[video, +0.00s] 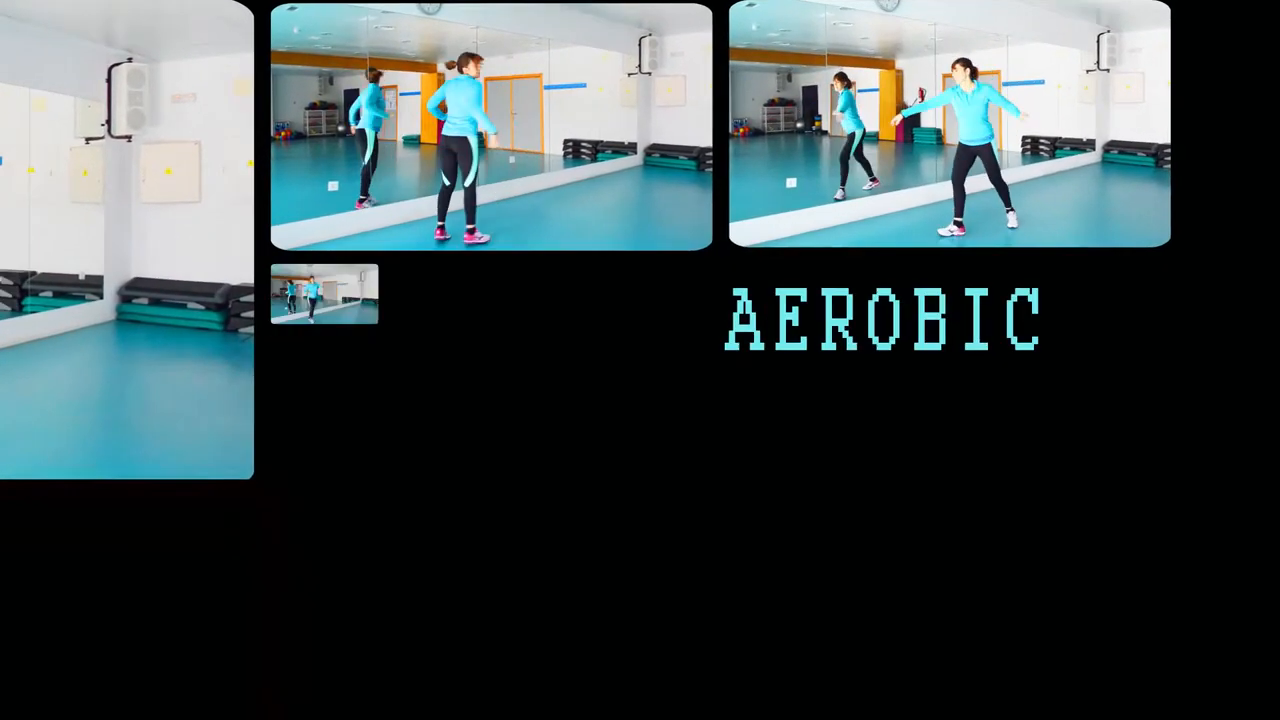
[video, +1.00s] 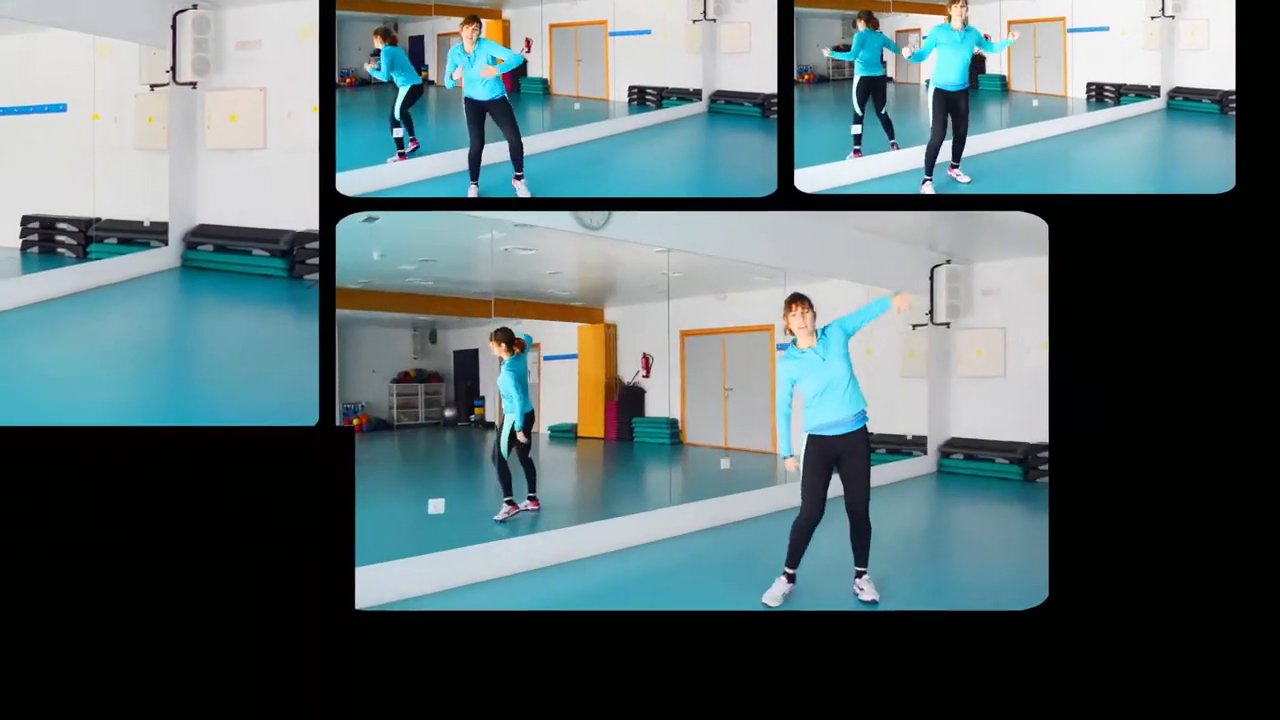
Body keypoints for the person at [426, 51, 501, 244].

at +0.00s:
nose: (479, 68)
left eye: (479, 65)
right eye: (477, 65)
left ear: (462, 68)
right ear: (465, 67)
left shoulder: (449, 84)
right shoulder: (474, 85)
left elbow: (431, 106)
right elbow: (474, 109)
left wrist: (446, 118)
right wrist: (491, 130)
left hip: (447, 137)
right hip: (465, 138)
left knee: (447, 183)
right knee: (469, 184)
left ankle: (440, 228)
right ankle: (471, 231)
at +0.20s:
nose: (475, 51)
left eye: (476, 47)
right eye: (471, 47)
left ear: (477, 51)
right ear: (462, 51)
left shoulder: (471, 72)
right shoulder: (455, 70)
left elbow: (469, 87)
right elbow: (433, 88)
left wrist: (479, 89)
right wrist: (422, 107)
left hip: (465, 124)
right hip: (454, 123)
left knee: (457, 168)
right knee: (455, 168)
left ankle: (445, 209)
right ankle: (434, 216)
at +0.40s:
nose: (469, 40)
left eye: (472, 37)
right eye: (465, 37)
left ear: (476, 40)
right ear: (458, 39)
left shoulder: (480, 63)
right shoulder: (448, 61)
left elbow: (494, 79)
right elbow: (430, 82)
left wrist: (515, 71)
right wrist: (416, 87)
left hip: (470, 120)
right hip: (449, 120)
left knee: (465, 163)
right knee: (446, 164)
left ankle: (459, 199)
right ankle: (433, 210)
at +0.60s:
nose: (468, 30)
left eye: (471, 26)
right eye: (464, 26)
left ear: (476, 30)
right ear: (458, 29)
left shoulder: (482, 51)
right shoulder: (447, 50)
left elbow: (508, 68)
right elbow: (434, 80)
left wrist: (491, 53)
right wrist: (447, 61)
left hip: (474, 109)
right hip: (450, 109)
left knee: (485, 151)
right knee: (452, 155)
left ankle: (473, 185)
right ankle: (447, 199)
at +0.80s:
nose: (468, 32)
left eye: (472, 29)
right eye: (464, 28)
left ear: (476, 32)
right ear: (458, 31)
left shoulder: (485, 48)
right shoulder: (451, 54)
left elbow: (507, 66)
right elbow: (449, 87)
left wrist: (478, 52)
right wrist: (463, 64)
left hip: (484, 107)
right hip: (460, 107)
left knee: (485, 150)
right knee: (463, 151)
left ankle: (478, 192)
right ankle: (463, 191)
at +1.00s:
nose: (471, 32)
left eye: (475, 29)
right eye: (468, 28)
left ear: (479, 32)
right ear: (461, 30)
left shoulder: (487, 46)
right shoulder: (454, 52)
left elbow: (517, 59)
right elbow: (448, 82)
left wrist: (496, 69)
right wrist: (454, 78)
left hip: (497, 99)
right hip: (473, 101)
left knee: (515, 139)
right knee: (477, 144)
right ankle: (473, 185)